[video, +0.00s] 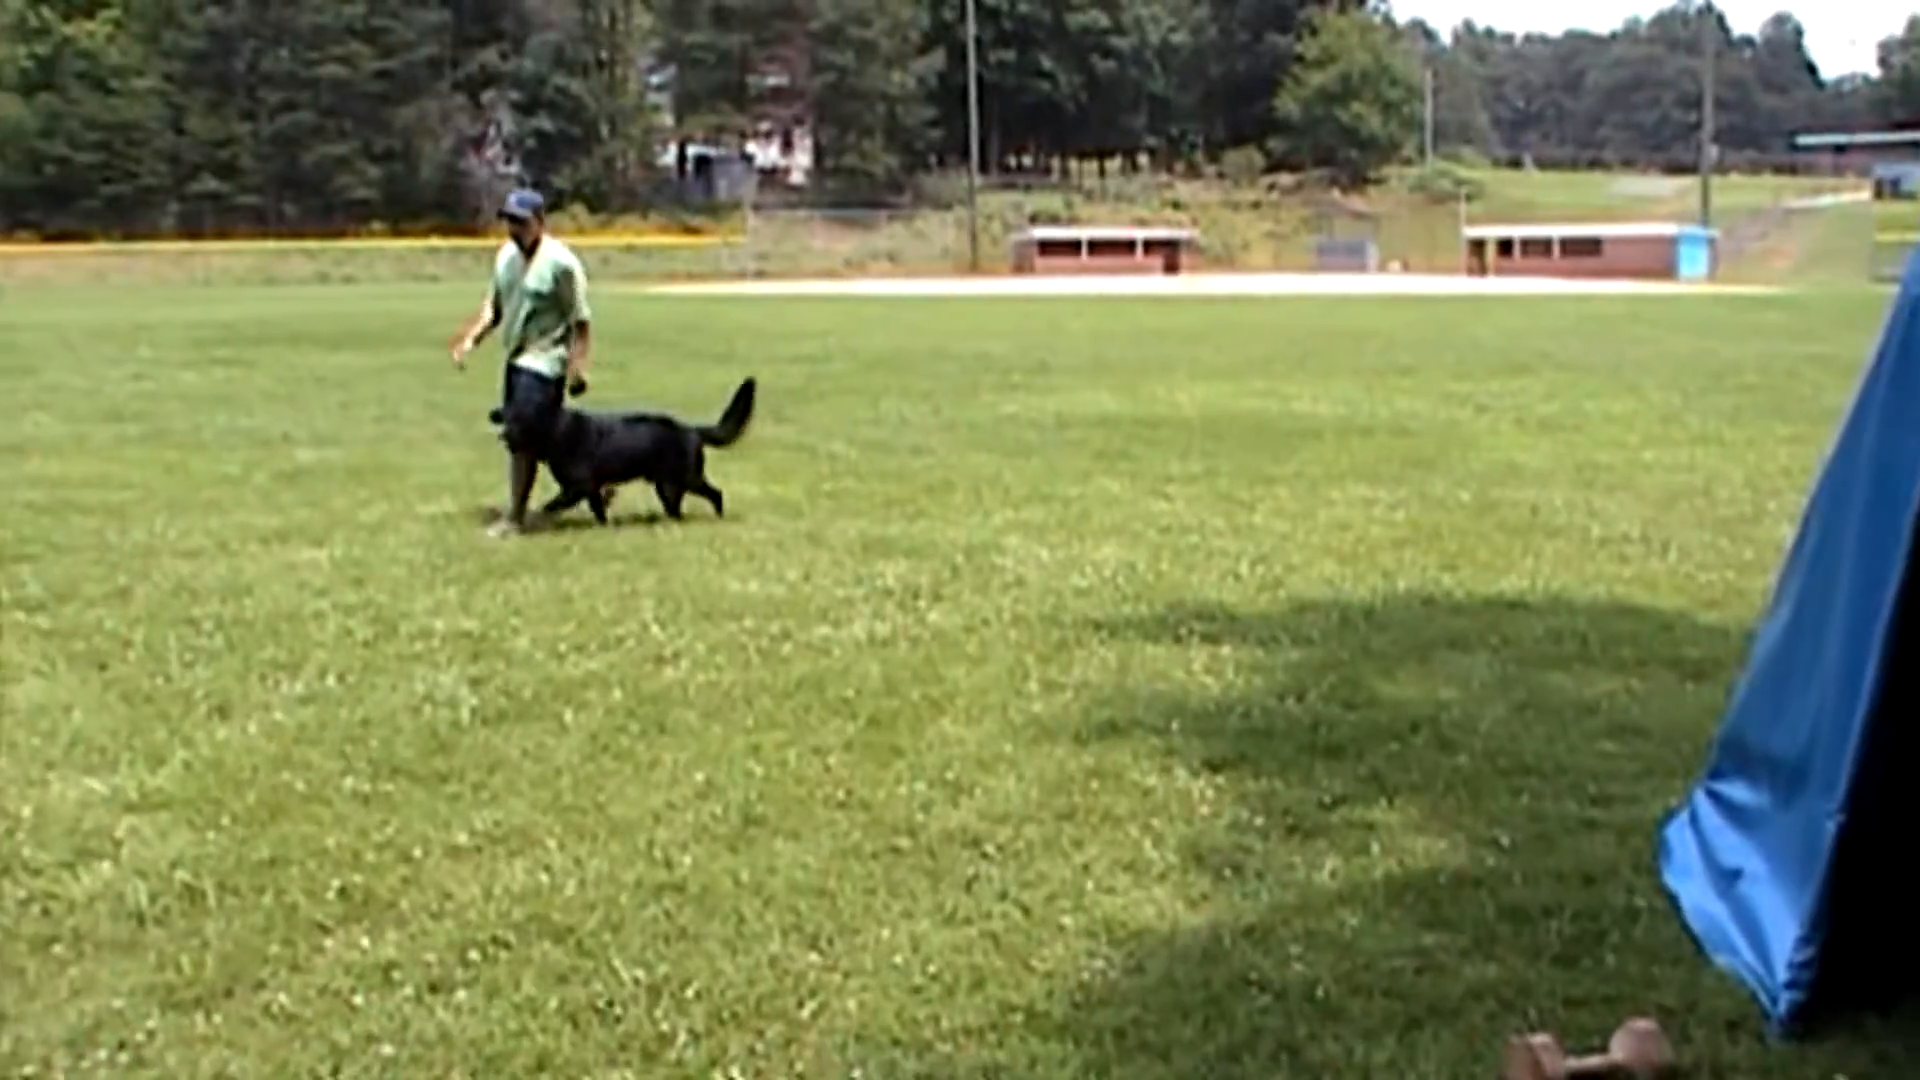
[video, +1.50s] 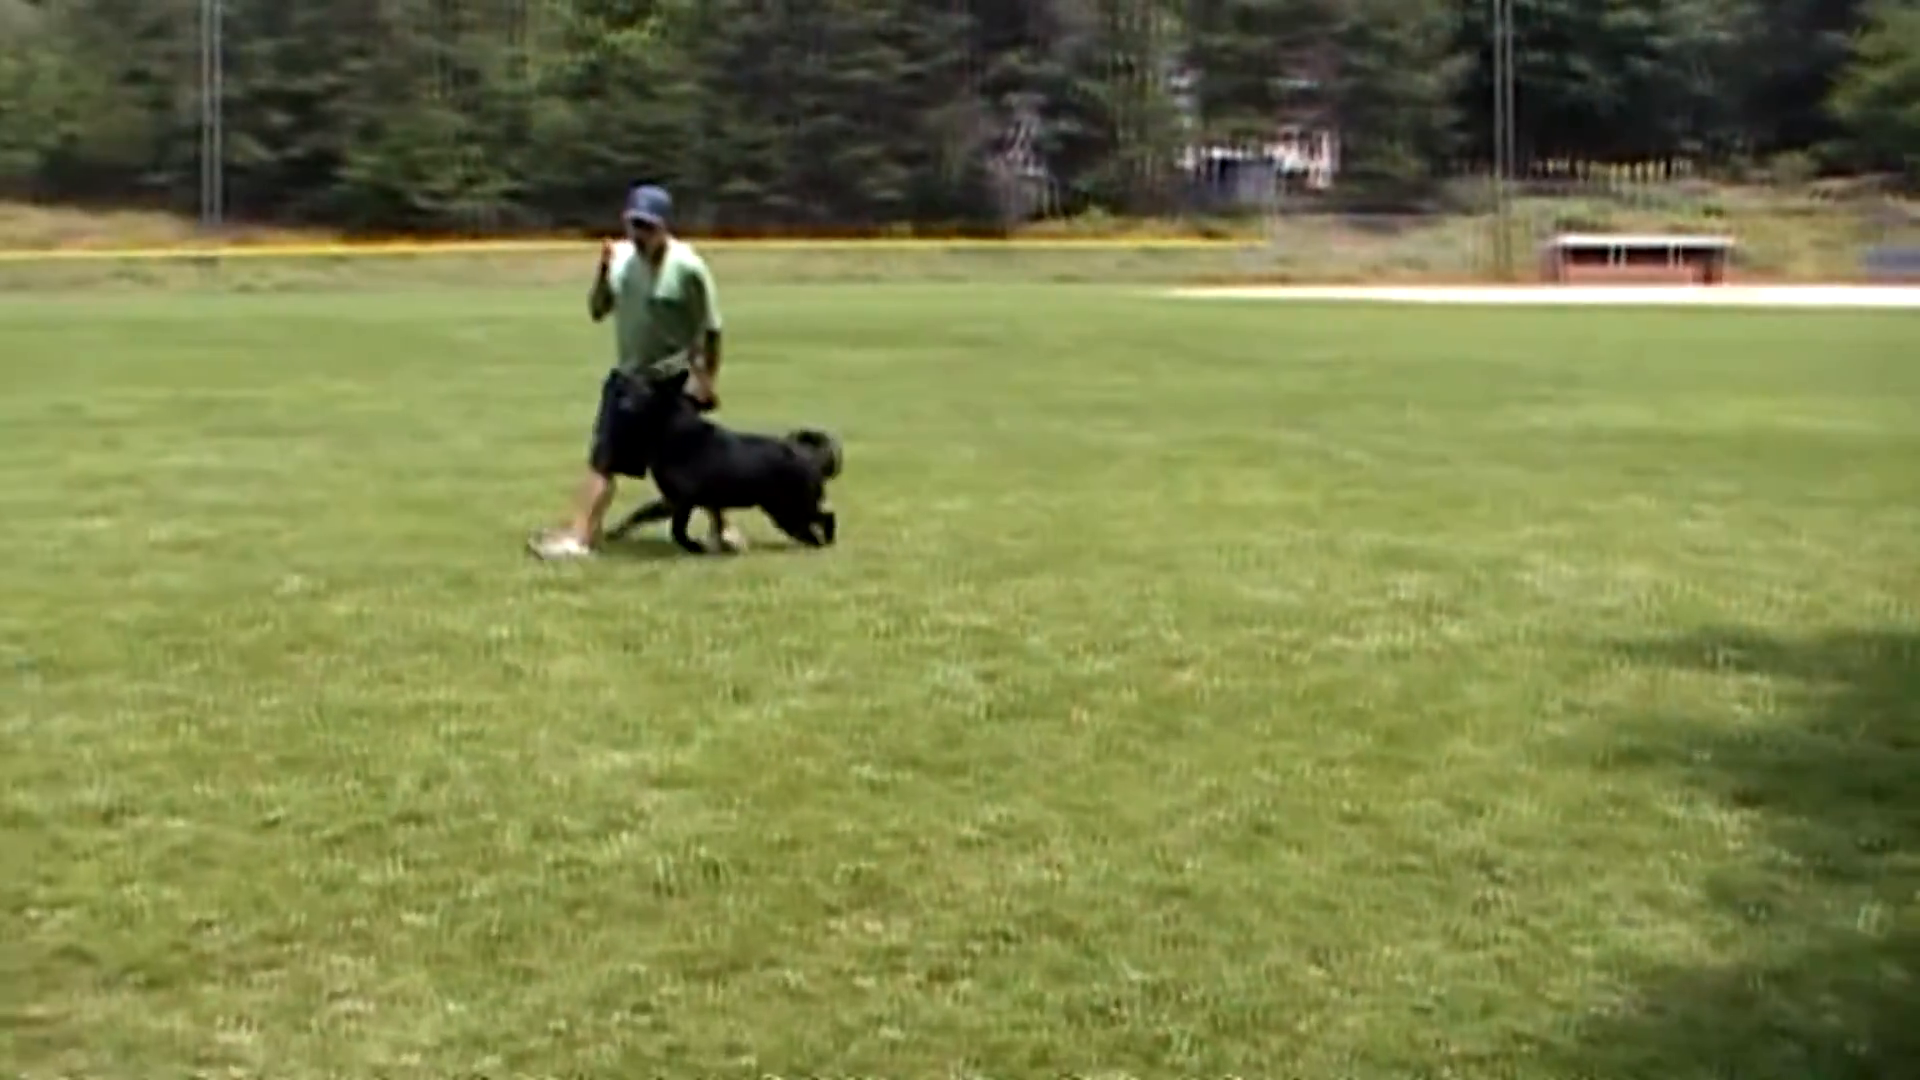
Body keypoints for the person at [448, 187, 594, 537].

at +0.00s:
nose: (513, 230)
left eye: (521, 223)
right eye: (509, 222)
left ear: (539, 222)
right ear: (505, 223)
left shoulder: (563, 264)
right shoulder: (506, 257)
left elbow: (581, 321)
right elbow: (494, 305)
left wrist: (578, 367)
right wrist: (470, 338)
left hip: (547, 359)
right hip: (516, 355)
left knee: (520, 434)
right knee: (526, 434)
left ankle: (515, 513)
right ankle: (584, 483)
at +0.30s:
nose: (481, 226)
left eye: (487, 218)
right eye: (476, 218)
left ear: (505, 217)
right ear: (473, 219)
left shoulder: (526, 257)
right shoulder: (477, 257)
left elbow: (526, 309)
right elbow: (476, 310)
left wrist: (491, 336)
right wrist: (468, 348)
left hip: (525, 369)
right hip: (486, 363)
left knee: (533, 445)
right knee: (459, 437)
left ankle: (550, 509)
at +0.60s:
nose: (418, 224)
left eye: (426, 217)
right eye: (415, 216)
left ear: (446, 217)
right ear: (413, 217)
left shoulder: (467, 256)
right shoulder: (417, 254)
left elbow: (478, 316)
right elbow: (416, 313)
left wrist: (461, 361)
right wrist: (405, 357)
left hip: (454, 363)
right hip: (420, 362)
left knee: (456, 442)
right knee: (416, 446)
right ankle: (423, 519)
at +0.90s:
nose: (430, 231)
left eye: (438, 223)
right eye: (426, 223)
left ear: (459, 222)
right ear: (422, 223)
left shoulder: (477, 263)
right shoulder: (423, 256)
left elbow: (500, 323)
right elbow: (411, 302)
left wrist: (495, 375)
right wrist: (388, 319)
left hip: (464, 365)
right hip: (433, 361)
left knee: (424, 442)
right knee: (466, 445)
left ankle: (388, 521)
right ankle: (498, 507)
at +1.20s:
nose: (535, 227)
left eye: (543, 220)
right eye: (531, 218)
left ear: (561, 221)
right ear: (526, 219)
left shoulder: (584, 260)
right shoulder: (523, 250)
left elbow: (598, 319)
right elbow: (494, 301)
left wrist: (592, 369)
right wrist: (502, 261)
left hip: (567, 361)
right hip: (529, 358)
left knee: (552, 442)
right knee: (513, 438)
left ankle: (551, 526)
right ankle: (574, 501)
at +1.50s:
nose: (638, 235)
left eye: (646, 227)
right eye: (633, 226)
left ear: (664, 227)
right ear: (626, 226)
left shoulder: (687, 268)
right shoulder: (622, 259)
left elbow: (711, 327)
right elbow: (599, 311)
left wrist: (706, 377)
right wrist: (604, 272)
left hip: (672, 381)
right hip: (627, 378)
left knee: (694, 459)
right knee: (602, 464)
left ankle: (720, 528)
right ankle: (583, 536)